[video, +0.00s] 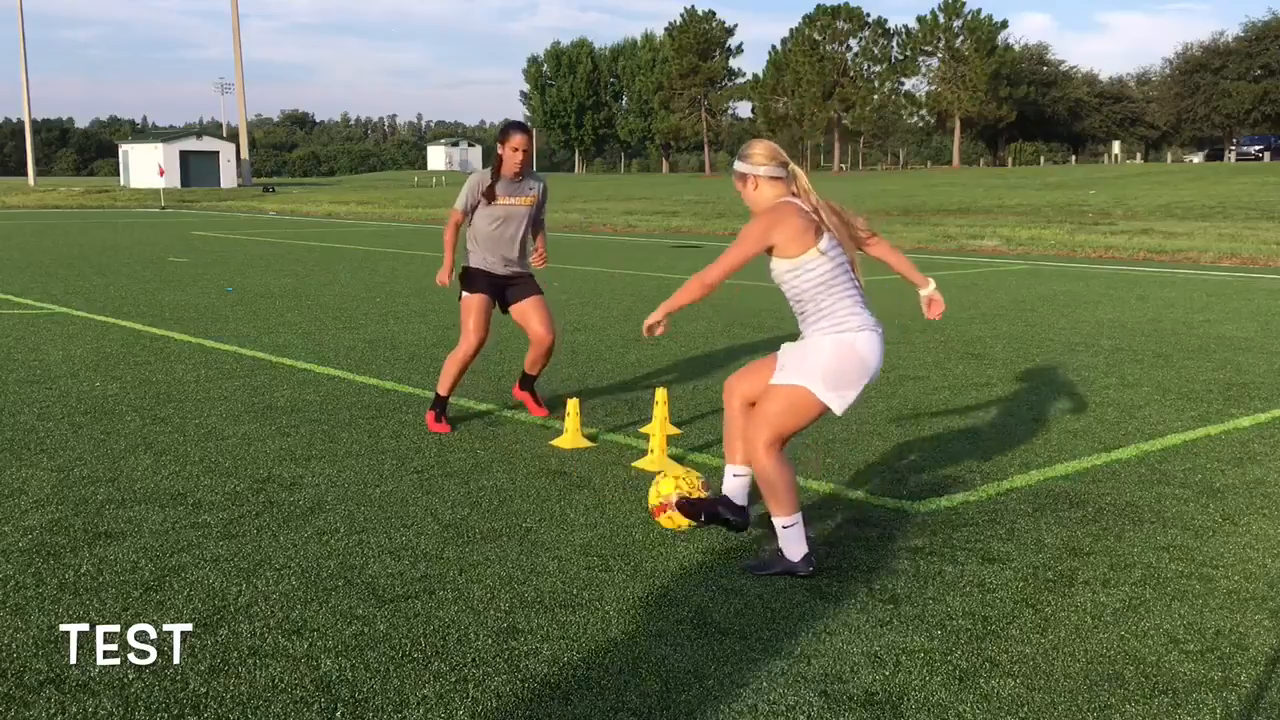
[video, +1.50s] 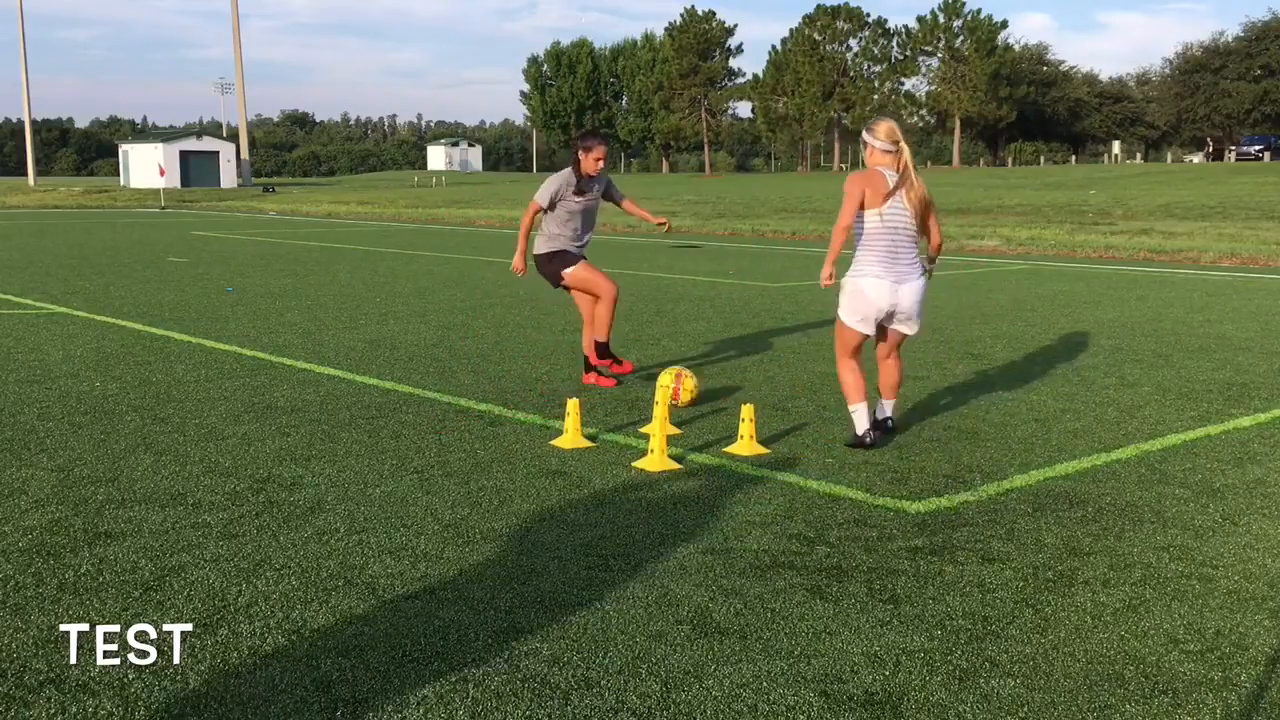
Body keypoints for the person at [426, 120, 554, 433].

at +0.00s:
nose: (521, 157)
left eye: (526, 150)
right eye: (516, 149)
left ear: (531, 152)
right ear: (501, 149)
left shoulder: (536, 186)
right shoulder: (480, 181)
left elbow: (537, 223)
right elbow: (454, 222)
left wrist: (540, 247)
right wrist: (448, 263)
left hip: (518, 273)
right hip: (480, 271)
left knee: (545, 337)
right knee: (472, 339)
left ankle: (525, 387)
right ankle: (437, 408)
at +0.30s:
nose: (545, 129)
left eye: (548, 124)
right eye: (539, 123)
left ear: (552, 126)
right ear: (523, 124)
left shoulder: (559, 155)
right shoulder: (504, 156)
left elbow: (561, 189)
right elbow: (483, 199)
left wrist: (566, 212)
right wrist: (507, 220)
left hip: (543, 249)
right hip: (507, 247)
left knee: (544, 323)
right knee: (509, 316)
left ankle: (528, 391)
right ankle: (494, 390)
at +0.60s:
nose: (569, 150)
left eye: (571, 144)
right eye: (563, 144)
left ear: (571, 147)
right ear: (545, 145)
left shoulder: (570, 178)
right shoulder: (527, 179)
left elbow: (565, 215)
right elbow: (500, 220)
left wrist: (585, 229)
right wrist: (508, 258)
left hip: (561, 262)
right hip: (530, 262)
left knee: (588, 326)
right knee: (537, 329)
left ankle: (576, 370)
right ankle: (506, 398)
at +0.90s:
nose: (593, 137)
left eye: (595, 132)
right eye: (588, 131)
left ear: (592, 132)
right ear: (571, 131)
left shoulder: (594, 160)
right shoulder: (551, 162)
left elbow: (594, 197)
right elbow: (526, 201)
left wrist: (621, 212)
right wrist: (540, 229)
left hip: (584, 246)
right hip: (555, 245)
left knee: (589, 308)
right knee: (563, 309)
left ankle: (580, 375)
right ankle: (538, 370)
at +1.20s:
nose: (602, 155)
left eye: (604, 150)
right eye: (598, 150)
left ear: (599, 150)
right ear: (581, 147)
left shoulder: (592, 174)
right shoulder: (567, 175)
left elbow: (591, 211)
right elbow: (545, 215)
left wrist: (620, 222)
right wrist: (562, 246)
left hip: (586, 255)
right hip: (563, 258)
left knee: (596, 318)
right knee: (585, 322)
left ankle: (591, 371)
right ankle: (546, 366)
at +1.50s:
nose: (602, 165)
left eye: (604, 159)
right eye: (597, 159)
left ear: (604, 158)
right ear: (580, 156)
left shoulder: (601, 180)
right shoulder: (560, 181)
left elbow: (621, 201)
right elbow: (530, 212)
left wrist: (651, 218)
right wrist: (520, 254)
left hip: (573, 253)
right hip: (551, 254)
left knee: (591, 314)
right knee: (607, 290)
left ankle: (590, 371)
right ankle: (602, 354)